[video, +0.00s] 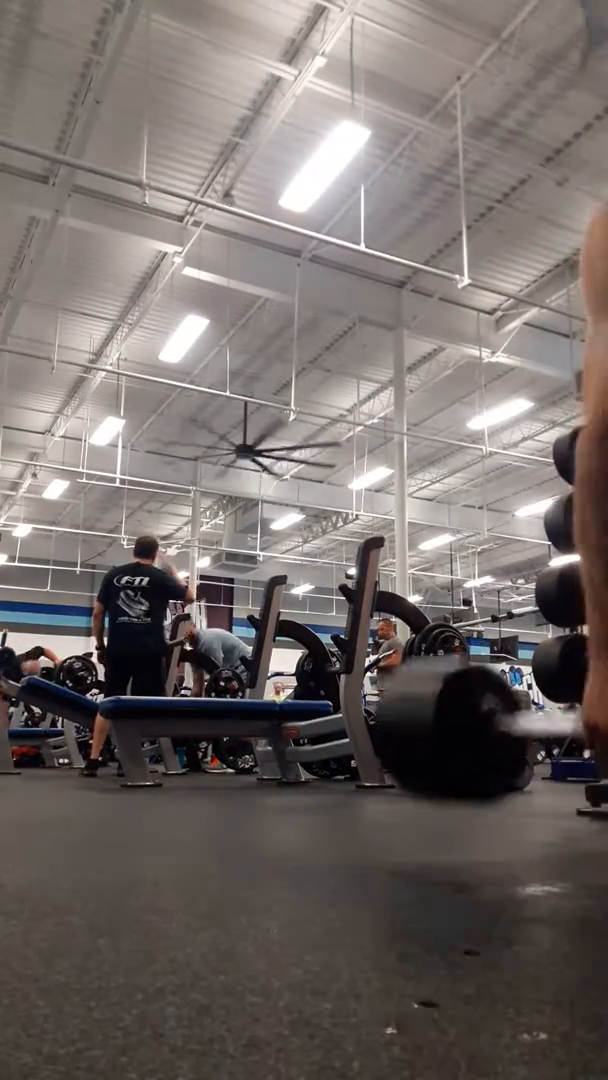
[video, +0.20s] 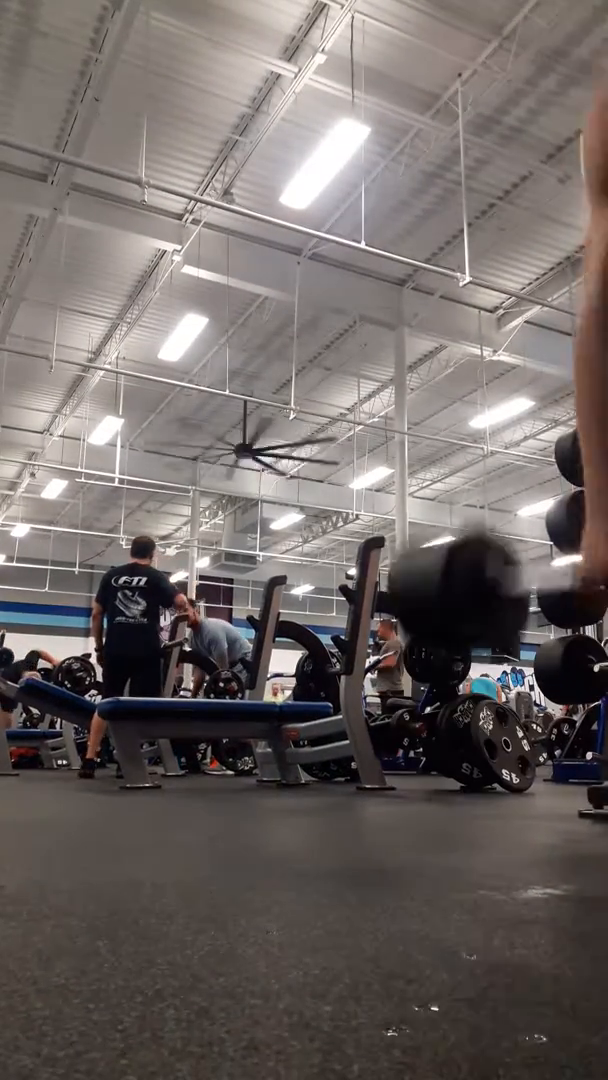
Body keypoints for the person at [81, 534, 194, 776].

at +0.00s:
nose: (158, 557)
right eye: (158, 554)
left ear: (133, 553)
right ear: (155, 555)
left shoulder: (114, 574)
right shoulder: (161, 578)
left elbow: (98, 612)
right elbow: (189, 596)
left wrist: (99, 645)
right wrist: (180, 577)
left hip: (118, 648)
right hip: (149, 650)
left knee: (109, 702)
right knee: (150, 704)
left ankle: (93, 758)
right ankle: (138, 763)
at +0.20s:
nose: (155, 558)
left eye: (153, 555)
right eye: (155, 555)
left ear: (130, 554)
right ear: (152, 555)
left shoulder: (112, 575)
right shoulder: (156, 577)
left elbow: (96, 613)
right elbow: (180, 601)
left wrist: (99, 647)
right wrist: (188, 612)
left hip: (115, 649)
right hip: (146, 650)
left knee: (106, 703)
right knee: (146, 706)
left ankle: (90, 758)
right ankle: (137, 765)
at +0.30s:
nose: (155, 559)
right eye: (155, 555)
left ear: (130, 553)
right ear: (152, 556)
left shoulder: (112, 575)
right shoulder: (156, 577)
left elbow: (96, 613)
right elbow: (177, 601)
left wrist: (98, 647)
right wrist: (167, 613)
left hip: (115, 649)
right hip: (146, 650)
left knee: (105, 703)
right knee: (146, 706)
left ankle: (88, 759)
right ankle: (136, 766)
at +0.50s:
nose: (155, 562)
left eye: (153, 559)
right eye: (155, 558)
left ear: (131, 554)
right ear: (152, 557)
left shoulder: (110, 575)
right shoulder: (155, 576)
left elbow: (95, 613)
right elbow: (172, 604)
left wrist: (96, 648)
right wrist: (160, 620)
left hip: (113, 649)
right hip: (143, 651)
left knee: (105, 704)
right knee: (142, 705)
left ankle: (88, 759)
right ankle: (131, 763)